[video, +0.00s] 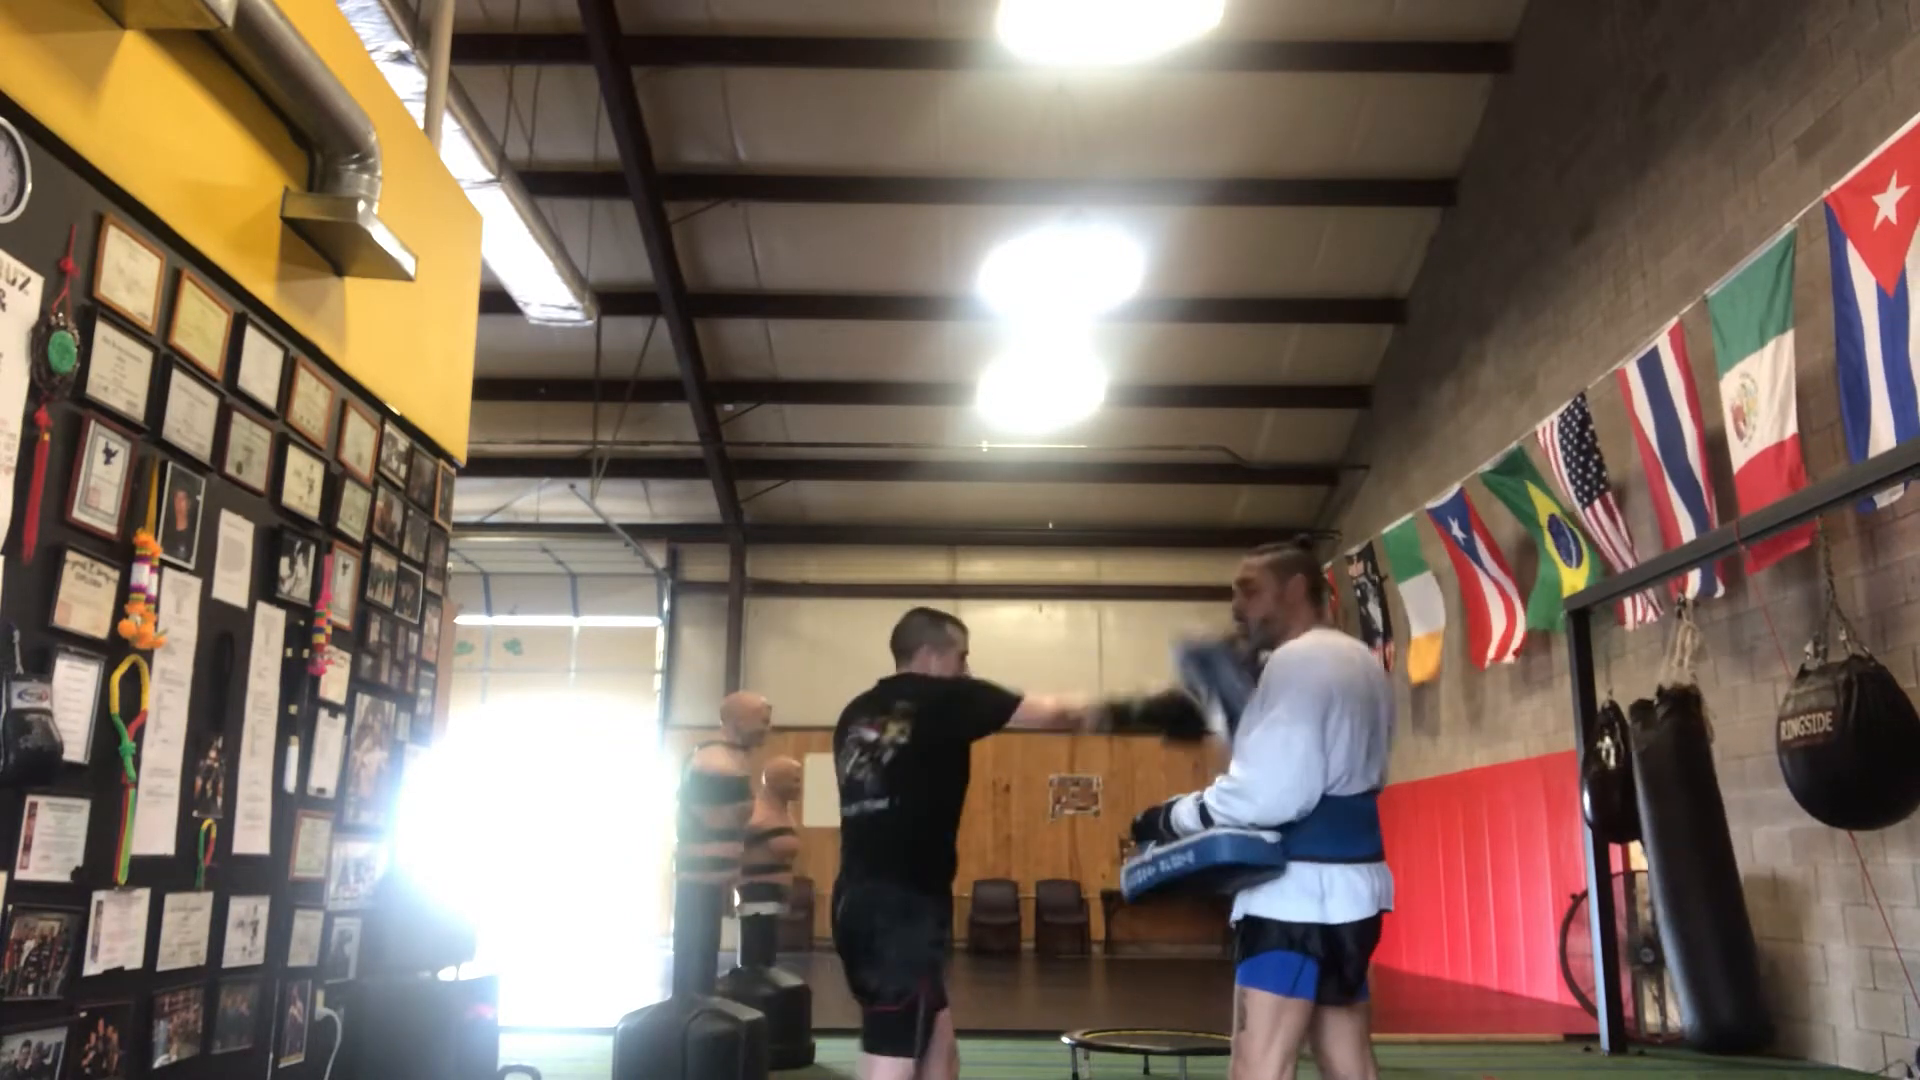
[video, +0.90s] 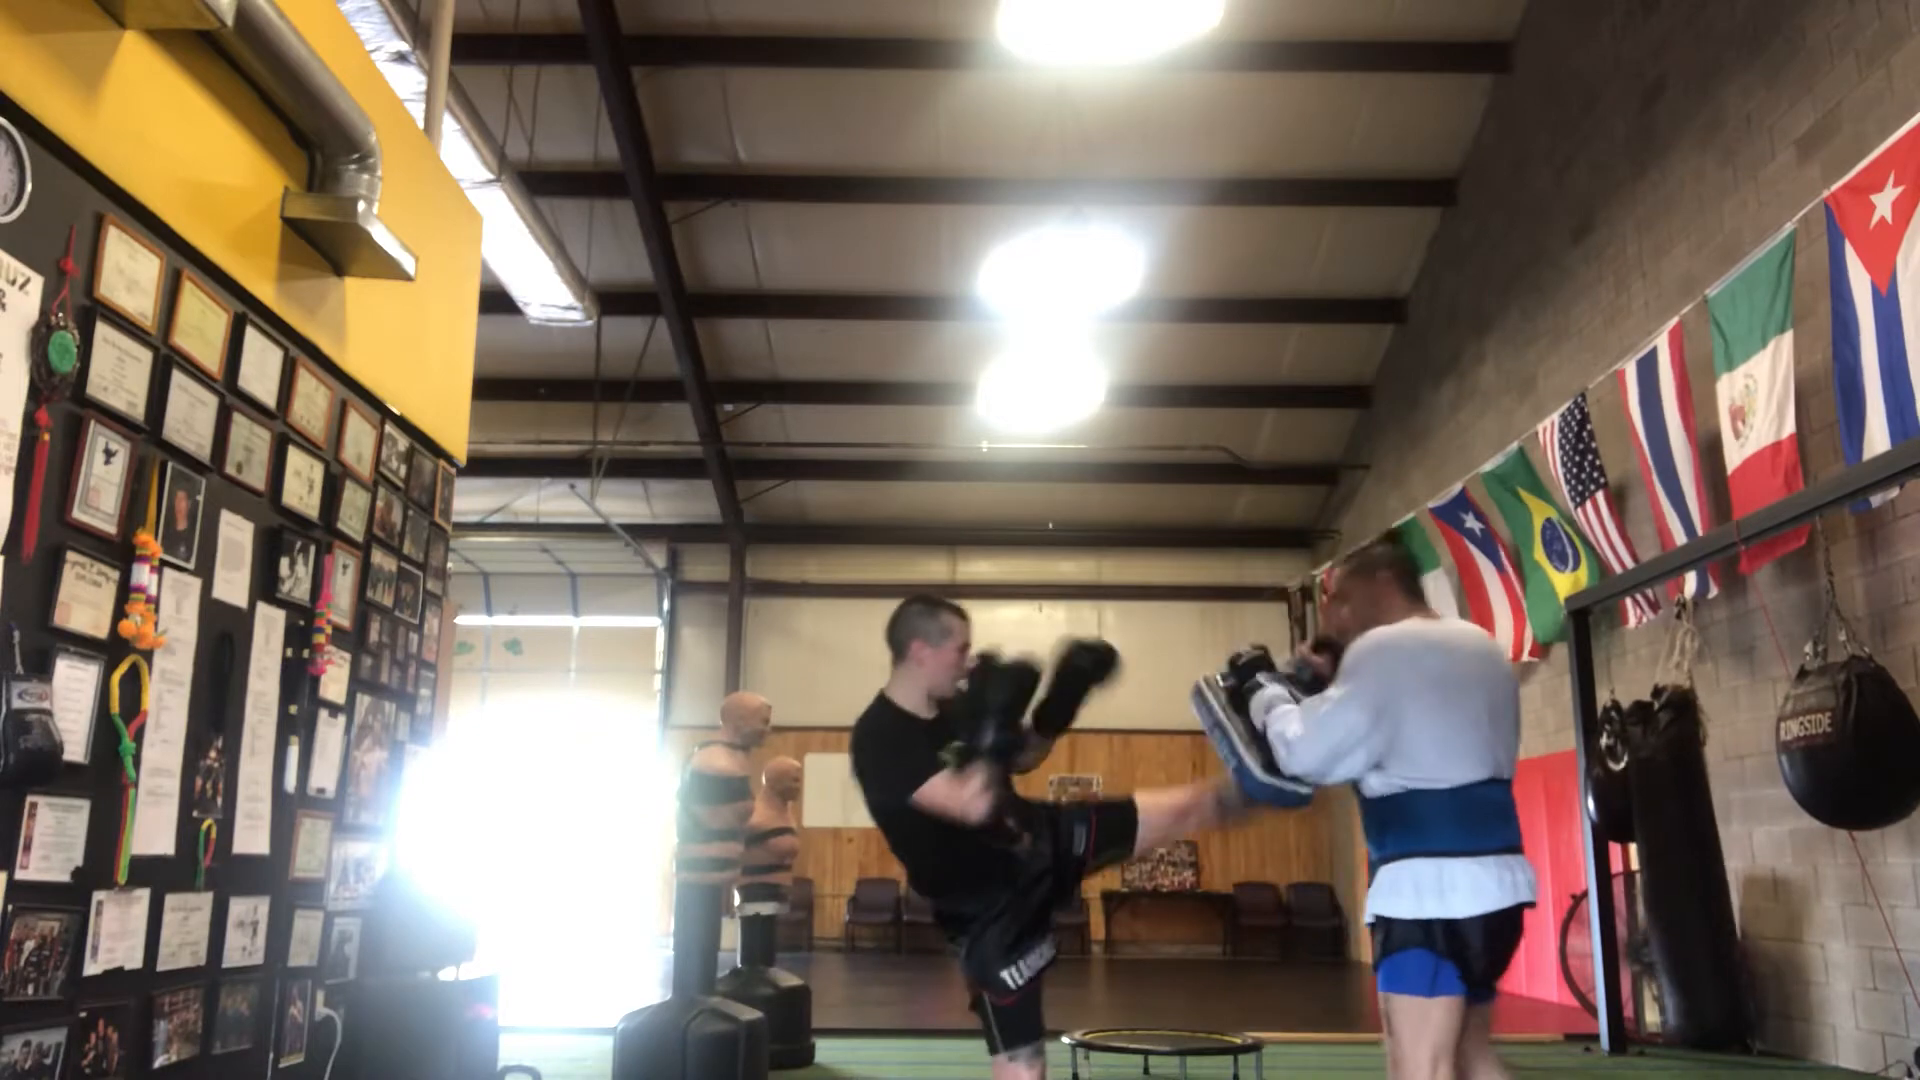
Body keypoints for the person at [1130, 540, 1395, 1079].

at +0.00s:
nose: (1235, 605)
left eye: (1248, 589)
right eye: (1235, 592)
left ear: (1297, 590)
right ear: (1299, 594)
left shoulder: (1297, 663)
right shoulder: (1363, 660)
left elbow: (1272, 788)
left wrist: (1173, 817)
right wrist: (1237, 696)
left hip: (1293, 894)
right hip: (1353, 888)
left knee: (1259, 1065)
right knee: (1348, 1062)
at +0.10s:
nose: (1244, 618)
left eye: (1252, 602)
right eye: (1243, 605)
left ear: (1295, 595)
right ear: (1303, 598)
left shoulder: (1301, 664)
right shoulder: (1383, 664)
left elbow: (1271, 788)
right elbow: (1342, 769)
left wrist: (1187, 800)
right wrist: (1258, 728)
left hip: (1306, 895)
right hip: (1375, 890)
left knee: (1264, 1064)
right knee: (1360, 1061)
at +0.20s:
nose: (1250, 631)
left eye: (1254, 613)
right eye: (1248, 618)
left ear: (1293, 598)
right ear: (1305, 602)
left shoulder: (1302, 661)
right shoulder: (1405, 669)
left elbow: (1271, 787)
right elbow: (1419, 781)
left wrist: (1211, 777)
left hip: (1327, 895)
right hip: (1403, 889)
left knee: (1275, 1062)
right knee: (1376, 1063)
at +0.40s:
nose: (1274, 640)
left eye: (1275, 623)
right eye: (1270, 628)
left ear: (1306, 602)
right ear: (1337, 605)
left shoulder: (1307, 658)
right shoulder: (1432, 666)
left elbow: (1271, 788)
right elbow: (1460, 784)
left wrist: (1267, 730)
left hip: (1354, 890)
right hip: (1438, 891)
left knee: (1293, 1054)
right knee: (1400, 1061)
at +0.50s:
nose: (1285, 639)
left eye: (1284, 623)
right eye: (1280, 627)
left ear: (1314, 605)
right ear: (1348, 604)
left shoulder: (1312, 658)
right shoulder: (1443, 664)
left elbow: (1274, 785)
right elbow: (1470, 783)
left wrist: (1274, 726)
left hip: (1363, 900)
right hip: (1447, 899)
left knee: (1350, 1065)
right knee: (1412, 1064)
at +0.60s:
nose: (1294, 638)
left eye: (1292, 622)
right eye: (1289, 626)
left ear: (1322, 603)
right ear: (1355, 601)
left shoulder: (1320, 657)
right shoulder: (1453, 661)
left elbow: (1279, 781)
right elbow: (1472, 775)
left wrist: (1279, 717)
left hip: (1386, 894)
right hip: (1464, 889)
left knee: (1387, 1068)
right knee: (1403, 1059)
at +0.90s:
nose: (1330, 626)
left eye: (1334, 606)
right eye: (1330, 608)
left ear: (1373, 591)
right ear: (1401, 588)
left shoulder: (1379, 654)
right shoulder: (1483, 648)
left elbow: (1305, 751)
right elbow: (1421, 732)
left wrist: (1262, 687)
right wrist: (1341, 675)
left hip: (1425, 901)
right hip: (1499, 892)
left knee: (1420, 1067)